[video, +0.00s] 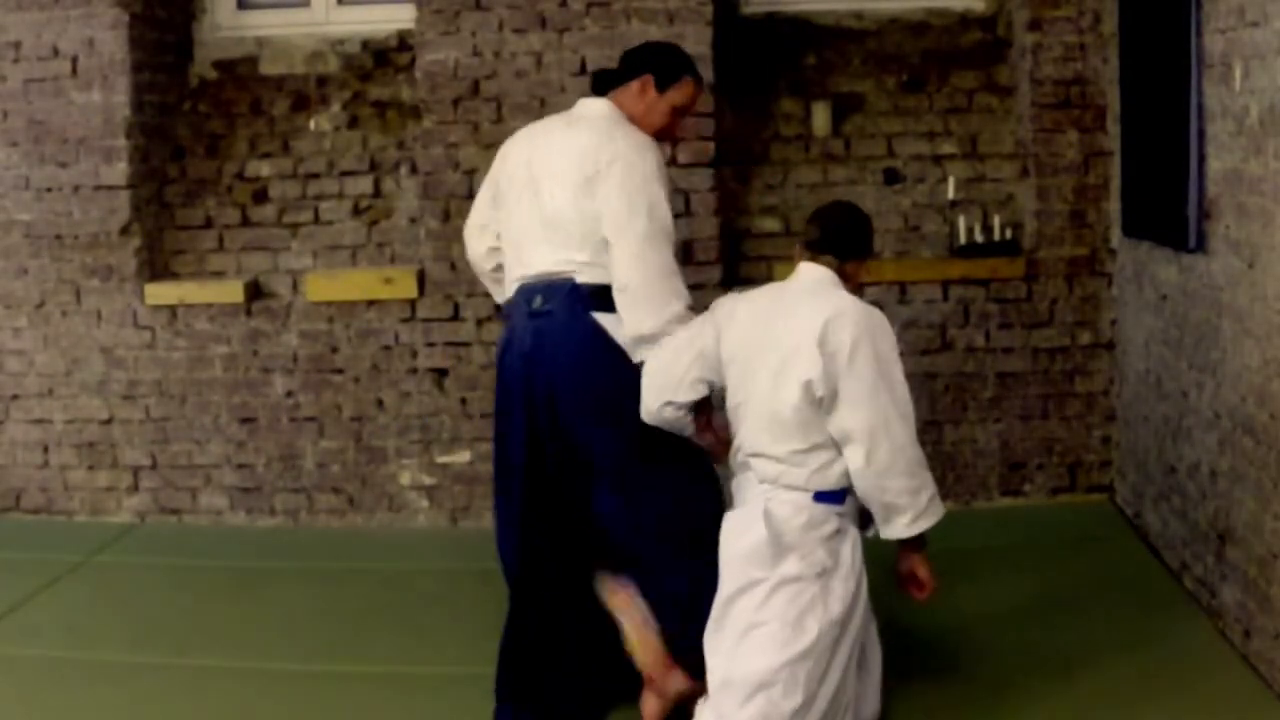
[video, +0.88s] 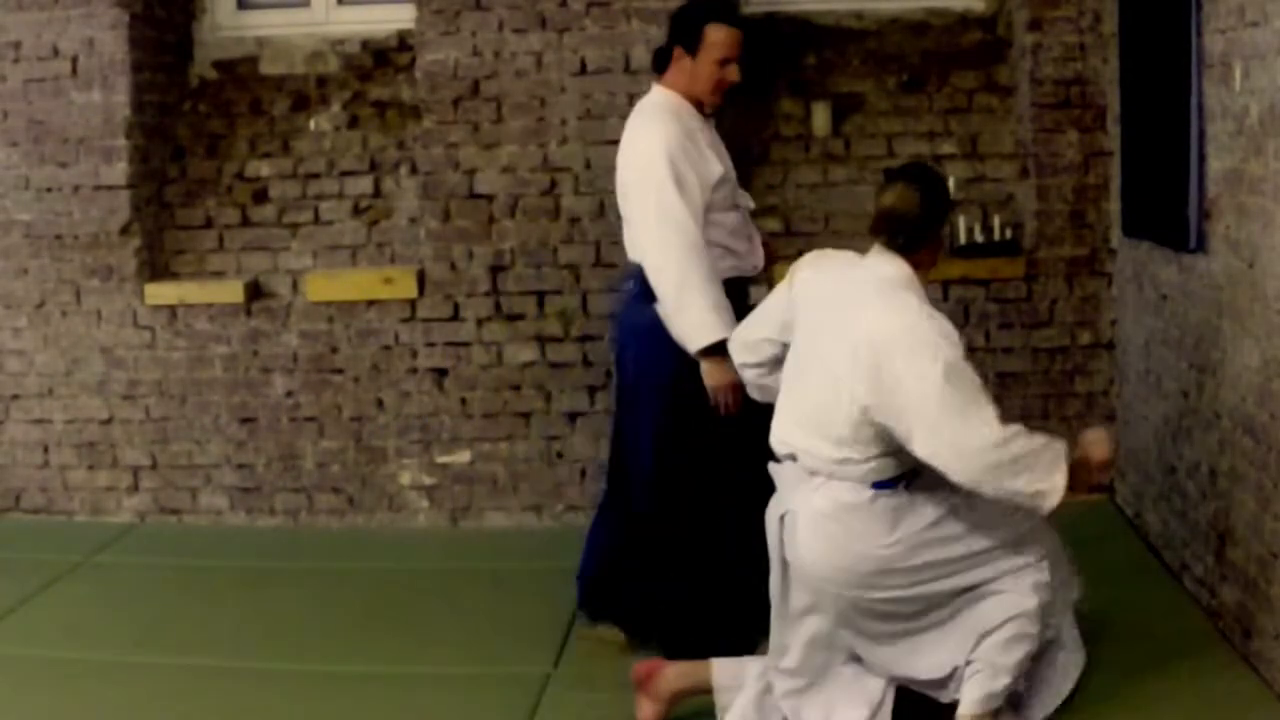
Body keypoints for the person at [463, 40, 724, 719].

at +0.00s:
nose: (677, 131)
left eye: (685, 116)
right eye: (679, 110)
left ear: (626, 87)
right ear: (643, 87)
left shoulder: (522, 143)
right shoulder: (626, 148)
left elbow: (480, 237)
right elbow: (648, 280)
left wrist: (527, 303)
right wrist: (694, 389)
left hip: (523, 338)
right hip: (598, 327)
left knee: (541, 525)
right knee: (676, 497)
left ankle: (540, 694)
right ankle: (640, 594)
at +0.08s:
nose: (675, 132)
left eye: (684, 118)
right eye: (677, 112)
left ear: (622, 86)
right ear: (643, 88)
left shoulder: (517, 141)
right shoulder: (628, 147)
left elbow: (471, 237)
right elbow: (657, 276)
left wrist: (518, 297)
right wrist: (697, 390)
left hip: (519, 336)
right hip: (599, 326)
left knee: (524, 517)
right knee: (658, 494)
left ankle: (540, 679)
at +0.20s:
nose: (678, 133)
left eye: (686, 119)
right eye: (681, 114)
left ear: (628, 86)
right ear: (648, 89)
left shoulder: (518, 139)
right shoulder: (631, 147)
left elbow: (474, 239)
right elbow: (657, 269)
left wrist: (520, 296)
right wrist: (703, 378)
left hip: (518, 336)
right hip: (600, 326)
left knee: (521, 518)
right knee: (648, 498)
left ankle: (538, 681)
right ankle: (607, 666)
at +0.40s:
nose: (686, 116)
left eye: (694, 101)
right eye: (688, 96)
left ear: (634, 76)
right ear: (654, 76)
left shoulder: (538, 135)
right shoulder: (632, 132)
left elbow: (516, 241)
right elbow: (649, 253)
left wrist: (562, 302)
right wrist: (692, 360)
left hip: (530, 332)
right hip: (606, 327)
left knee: (540, 516)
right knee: (658, 502)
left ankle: (545, 685)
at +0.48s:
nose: (695, 99)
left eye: (699, 85)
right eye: (692, 82)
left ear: (635, 71)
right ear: (655, 70)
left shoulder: (553, 133)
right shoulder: (636, 134)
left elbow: (557, 242)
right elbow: (649, 253)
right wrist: (696, 355)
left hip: (545, 326)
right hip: (611, 325)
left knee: (548, 513)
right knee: (666, 488)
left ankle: (538, 682)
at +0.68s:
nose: (717, 82)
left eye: (719, 68)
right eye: (709, 66)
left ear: (662, 63)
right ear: (669, 60)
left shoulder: (611, 122)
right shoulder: (645, 131)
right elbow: (664, 252)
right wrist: (720, 356)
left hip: (603, 325)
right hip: (641, 333)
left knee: (605, 501)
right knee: (661, 497)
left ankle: (596, 659)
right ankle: (666, 656)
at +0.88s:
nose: (731, 76)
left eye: (735, 63)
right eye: (721, 62)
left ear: (692, 62)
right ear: (677, 58)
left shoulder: (688, 123)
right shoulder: (656, 130)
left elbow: (707, 218)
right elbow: (668, 243)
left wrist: (750, 254)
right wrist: (711, 346)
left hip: (706, 308)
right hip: (674, 318)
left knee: (703, 471)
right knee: (683, 474)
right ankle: (679, 624)